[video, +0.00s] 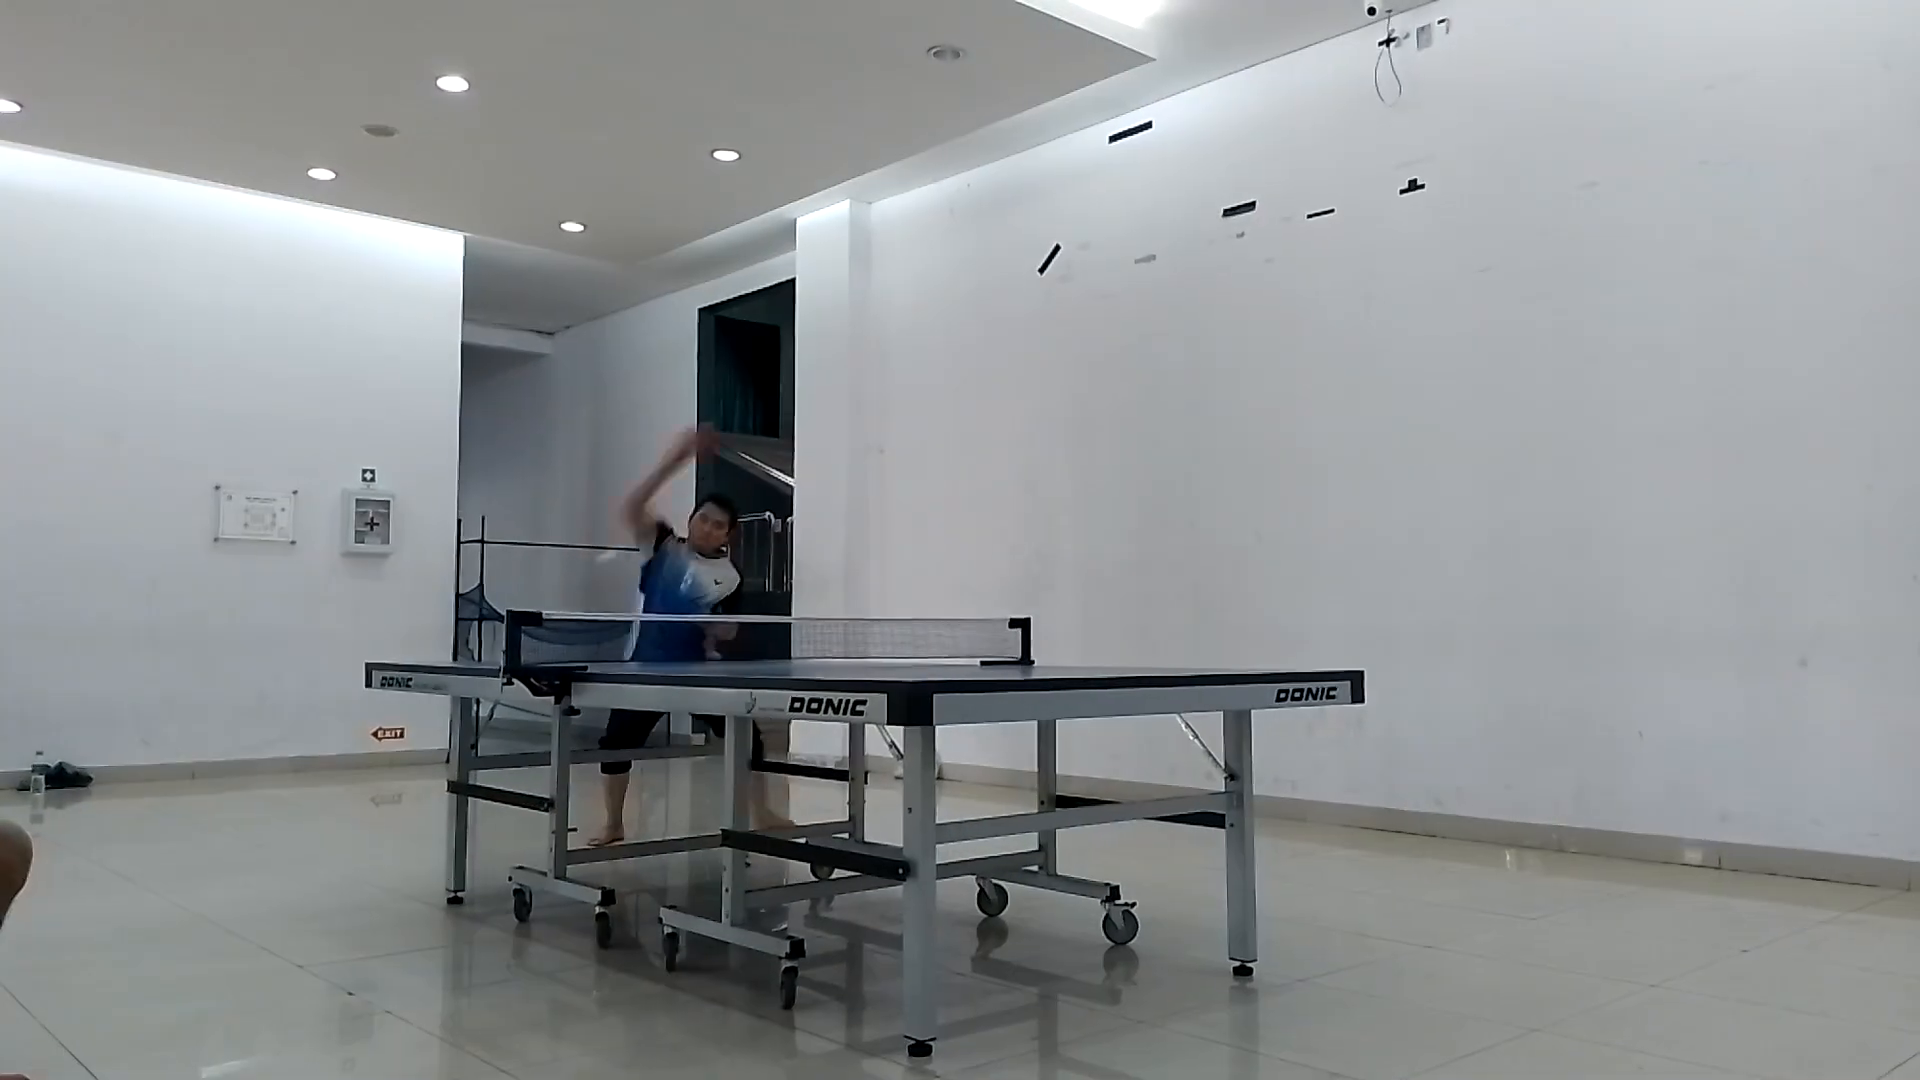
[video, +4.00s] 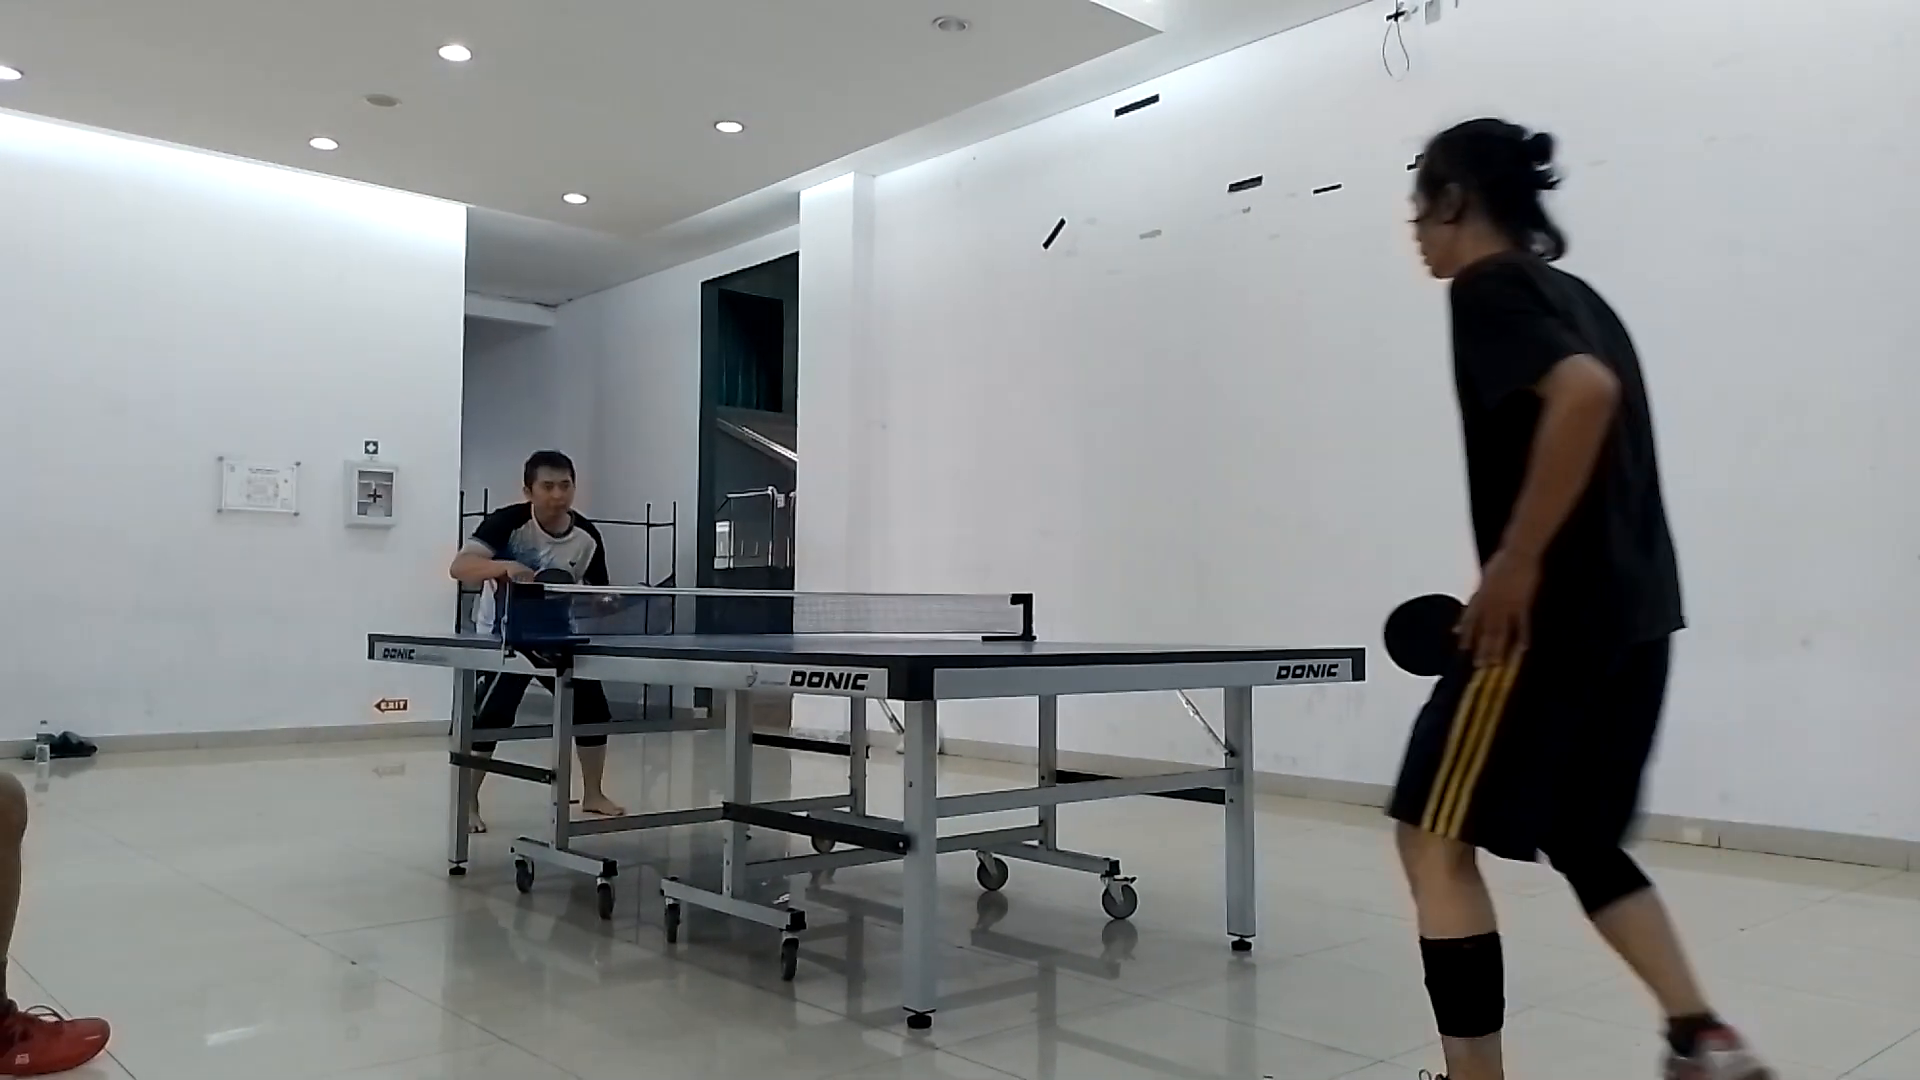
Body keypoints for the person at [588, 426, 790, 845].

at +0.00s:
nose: (707, 526)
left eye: (717, 524)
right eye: (704, 518)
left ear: (727, 536)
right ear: (692, 519)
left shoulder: (726, 577)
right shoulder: (662, 546)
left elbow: (727, 635)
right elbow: (633, 510)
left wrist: (718, 629)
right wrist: (673, 462)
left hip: (699, 672)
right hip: (648, 667)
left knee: (748, 738)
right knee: (616, 743)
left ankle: (761, 813)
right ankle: (613, 826)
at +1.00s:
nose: (660, 489)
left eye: (667, 483)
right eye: (651, 482)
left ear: (676, 493)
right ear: (634, 491)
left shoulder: (693, 543)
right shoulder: (611, 534)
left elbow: (713, 596)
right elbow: (584, 587)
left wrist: (680, 608)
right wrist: (606, 601)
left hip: (676, 654)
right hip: (621, 652)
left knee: (715, 729)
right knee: (587, 731)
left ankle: (742, 805)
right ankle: (564, 807)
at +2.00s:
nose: (590, 502)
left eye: (595, 493)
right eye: (587, 494)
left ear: (618, 487)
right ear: (590, 493)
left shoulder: (644, 525)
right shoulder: (604, 524)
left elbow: (651, 587)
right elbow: (605, 574)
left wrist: (615, 625)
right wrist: (570, 609)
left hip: (649, 623)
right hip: (626, 621)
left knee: (611, 693)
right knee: (636, 696)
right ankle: (667, 773)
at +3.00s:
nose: (548, 476)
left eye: (555, 468)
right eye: (539, 468)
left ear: (565, 471)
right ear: (523, 472)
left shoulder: (582, 519)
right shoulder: (500, 510)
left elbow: (602, 575)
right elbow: (468, 558)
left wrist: (599, 605)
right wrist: (485, 597)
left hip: (561, 626)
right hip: (513, 624)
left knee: (554, 705)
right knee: (504, 698)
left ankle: (551, 783)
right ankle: (515, 777)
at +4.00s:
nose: (558, 495)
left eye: (564, 486)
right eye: (548, 486)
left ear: (574, 488)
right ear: (529, 489)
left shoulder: (587, 535)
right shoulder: (506, 522)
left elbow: (598, 598)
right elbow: (460, 568)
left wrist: (609, 602)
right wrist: (505, 567)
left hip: (560, 640)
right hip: (504, 639)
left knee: (592, 707)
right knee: (491, 717)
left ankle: (593, 794)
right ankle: (467, 801)